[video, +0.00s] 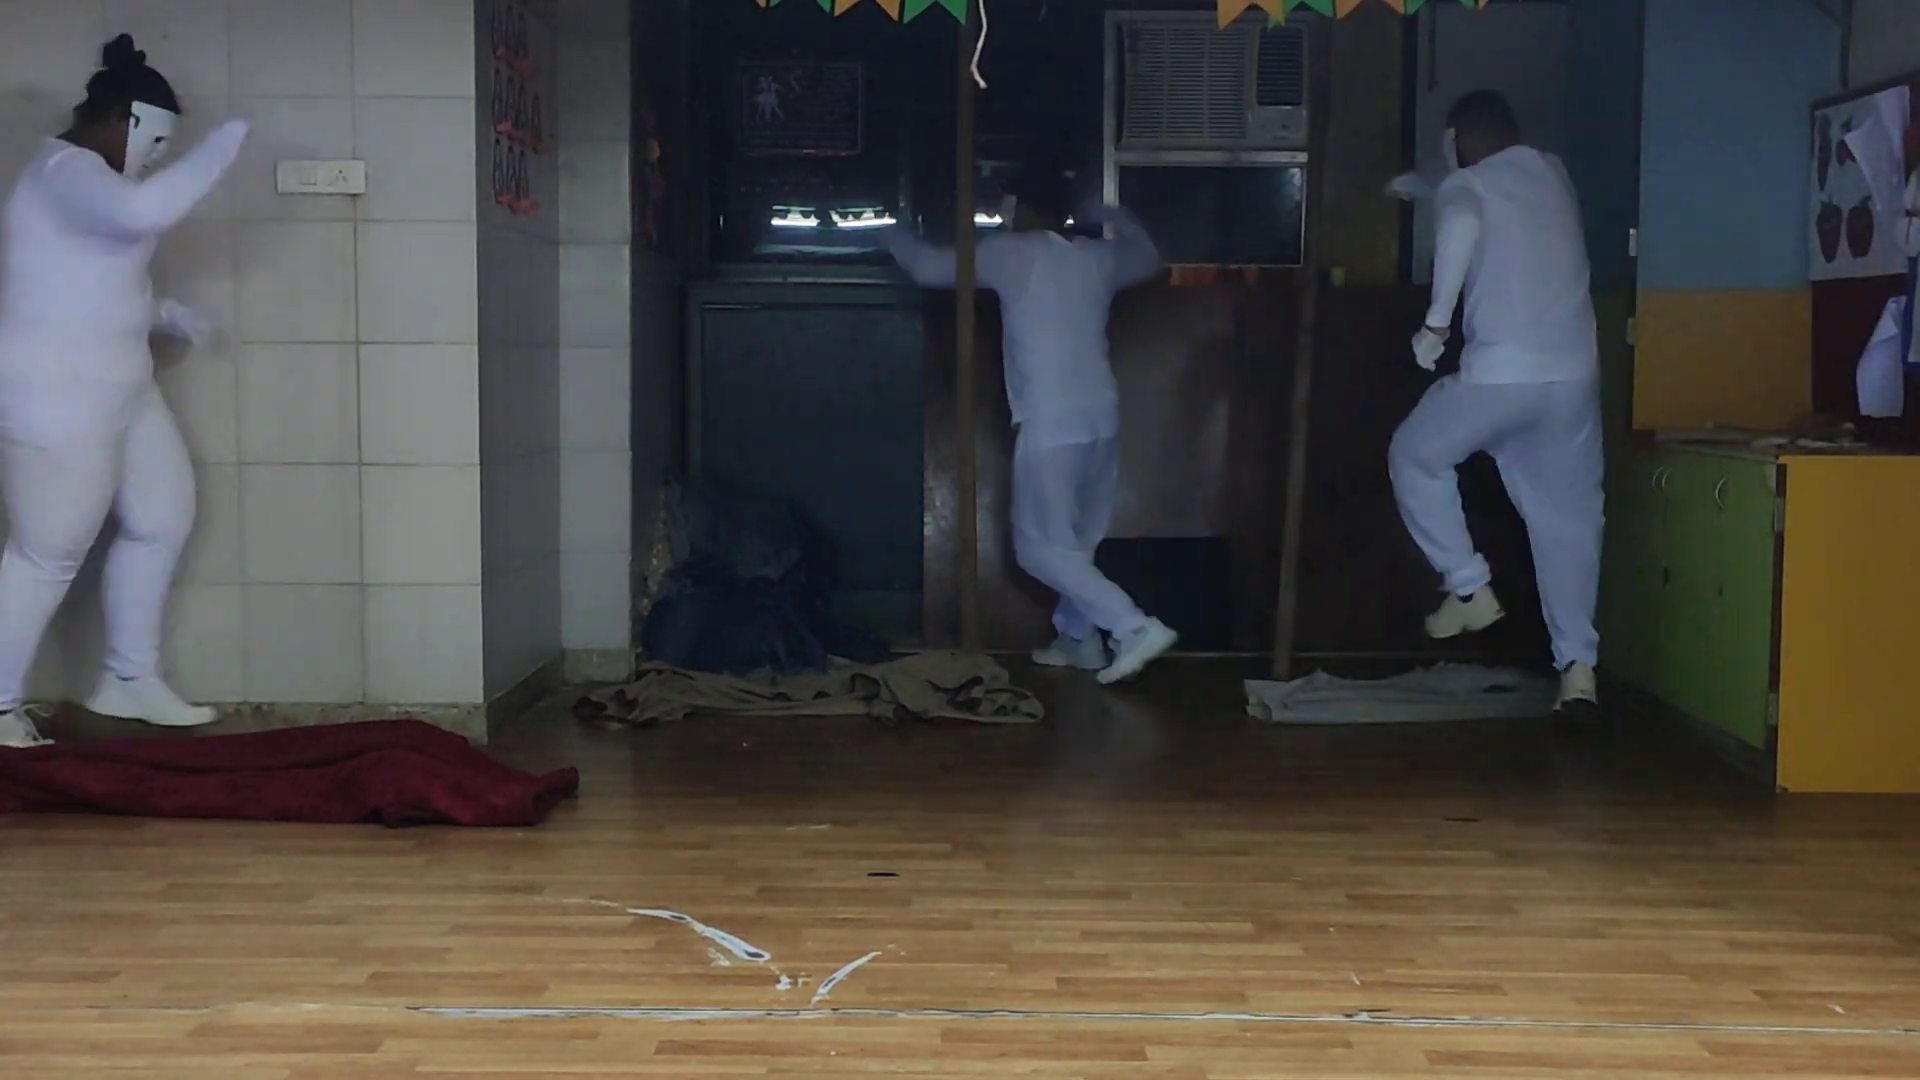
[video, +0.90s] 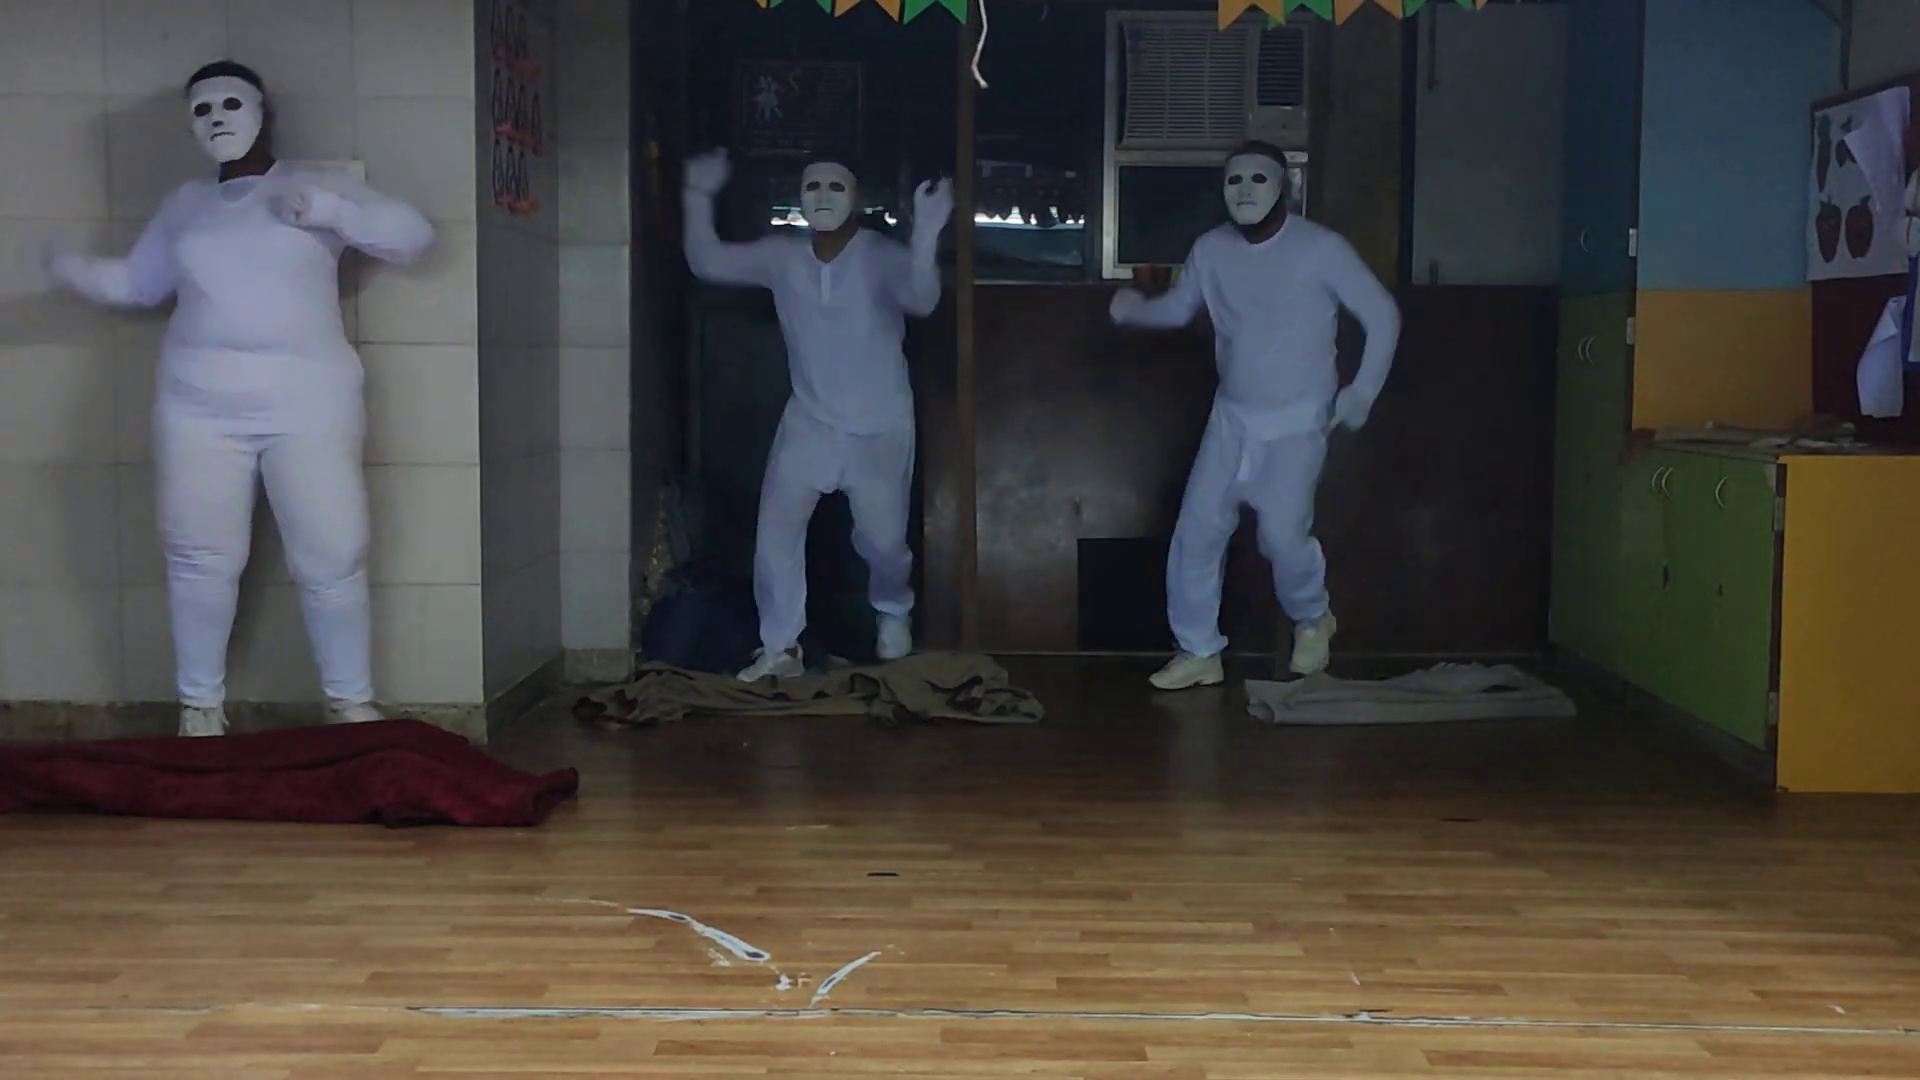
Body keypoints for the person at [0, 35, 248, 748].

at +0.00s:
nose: (151, 155)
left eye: (160, 144)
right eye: (150, 137)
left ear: (110, 120)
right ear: (117, 119)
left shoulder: (103, 186)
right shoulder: (63, 170)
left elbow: (95, 300)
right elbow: (137, 213)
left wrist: (163, 318)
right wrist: (218, 150)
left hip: (124, 396)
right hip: (55, 401)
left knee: (160, 516)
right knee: (45, 551)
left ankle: (129, 680)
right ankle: (4, 704)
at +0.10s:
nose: (173, 146)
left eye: (180, 136)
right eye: (167, 132)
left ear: (172, 136)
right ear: (137, 123)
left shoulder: (158, 217)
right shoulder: (80, 181)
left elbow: (170, 306)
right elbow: (166, 159)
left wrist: (240, 336)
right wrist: (259, 87)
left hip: (167, 396)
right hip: (85, 397)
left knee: (199, 542)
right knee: (53, 560)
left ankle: (221, 695)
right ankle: (1, 703)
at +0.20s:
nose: (225, 172)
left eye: (229, 161)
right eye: (214, 156)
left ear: (218, 168)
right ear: (174, 146)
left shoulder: (203, 235)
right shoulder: (104, 213)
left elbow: (234, 319)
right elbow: (152, 184)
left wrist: (294, 353)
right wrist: (238, 125)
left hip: (215, 427)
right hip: (123, 430)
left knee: (240, 562)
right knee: (77, 576)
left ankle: (220, 710)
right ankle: (6, 704)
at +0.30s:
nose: (225, 166)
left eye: (242, 162)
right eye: (217, 147)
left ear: (252, 176)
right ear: (188, 141)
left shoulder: (250, 233)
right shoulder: (130, 204)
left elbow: (286, 321)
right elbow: (90, 259)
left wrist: (328, 313)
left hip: (245, 424)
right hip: (146, 426)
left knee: (262, 557)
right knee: (119, 574)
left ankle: (224, 708)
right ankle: (44, 698)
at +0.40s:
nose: (210, 126)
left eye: (229, 118)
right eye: (198, 110)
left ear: (247, 132)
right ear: (177, 116)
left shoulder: (273, 205)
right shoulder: (135, 196)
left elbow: (344, 267)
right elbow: (68, 279)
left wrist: (356, 204)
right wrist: (125, 329)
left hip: (262, 404)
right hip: (157, 403)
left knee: (258, 557)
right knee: (146, 559)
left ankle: (237, 704)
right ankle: (127, 700)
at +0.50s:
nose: (185, 108)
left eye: (200, 93)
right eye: (171, 96)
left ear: (229, 101)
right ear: (158, 109)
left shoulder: (282, 179)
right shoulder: (134, 191)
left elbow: (382, 190)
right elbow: (92, 284)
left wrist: (375, 124)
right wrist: (69, 368)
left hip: (268, 389)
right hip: (159, 390)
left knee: (260, 548)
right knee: (174, 549)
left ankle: (252, 699)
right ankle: (187, 701)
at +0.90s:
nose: (217, 121)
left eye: (231, 106)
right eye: (203, 112)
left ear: (262, 112)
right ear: (192, 126)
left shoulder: (315, 190)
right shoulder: (185, 207)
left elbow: (413, 238)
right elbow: (137, 281)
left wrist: (330, 209)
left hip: (310, 408)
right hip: (201, 412)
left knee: (332, 561)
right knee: (199, 562)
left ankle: (352, 706)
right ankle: (200, 711)